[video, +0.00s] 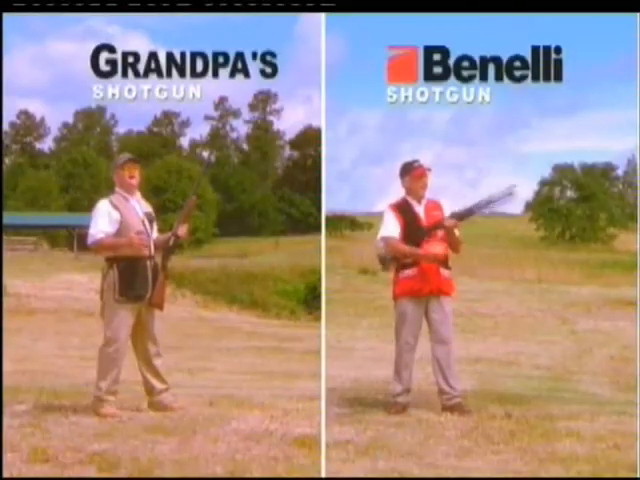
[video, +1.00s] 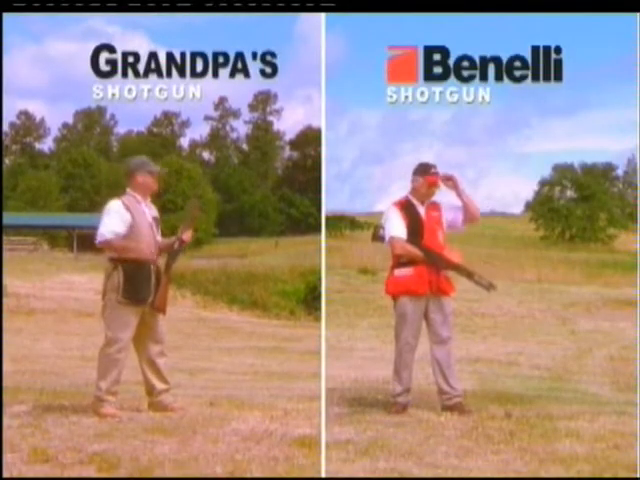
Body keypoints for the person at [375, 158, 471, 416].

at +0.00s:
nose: (423, 183)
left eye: (425, 178)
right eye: (417, 178)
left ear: (428, 180)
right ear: (405, 182)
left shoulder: (437, 208)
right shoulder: (395, 211)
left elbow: (456, 248)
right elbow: (389, 245)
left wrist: (451, 231)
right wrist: (425, 254)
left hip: (438, 277)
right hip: (409, 279)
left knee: (443, 339)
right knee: (406, 341)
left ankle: (451, 396)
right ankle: (400, 395)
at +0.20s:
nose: (425, 186)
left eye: (427, 181)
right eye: (420, 181)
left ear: (429, 181)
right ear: (407, 182)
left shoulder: (439, 208)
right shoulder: (395, 211)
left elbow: (451, 240)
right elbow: (399, 247)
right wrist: (438, 257)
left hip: (436, 278)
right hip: (409, 280)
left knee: (443, 340)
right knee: (406, 342)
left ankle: (451, 396)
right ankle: (400, 395)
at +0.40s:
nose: (426, 186)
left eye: (429, 181)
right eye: (421, 182)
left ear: (432, 182)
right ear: (408, 182)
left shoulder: (440, 208)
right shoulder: (396, 211)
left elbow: (456, 247)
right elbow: (400, 247)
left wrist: (441, 254)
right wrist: (435, 254)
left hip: (436, 278)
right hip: (409, 280)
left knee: (443, 340)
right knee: (406, 342)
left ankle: (451, 397)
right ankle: (400, 395)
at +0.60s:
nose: (428, 186)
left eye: (431, 182)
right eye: (423, 181)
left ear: (433, 182)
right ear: (410, 181)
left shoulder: (438, 209)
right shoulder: (396, 211)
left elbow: (459, 239)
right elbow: (399, 249)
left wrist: (451, 250)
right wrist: (434, 256)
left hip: (437, 280)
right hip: (409, 281)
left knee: (443, 341)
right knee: (406, 343)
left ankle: (451, 397)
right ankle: (401, 396)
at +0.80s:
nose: (431, 190)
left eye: (434, 185)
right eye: (427, 184)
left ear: (436, 185)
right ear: (414, 182)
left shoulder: (438, 209)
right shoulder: (397, 210)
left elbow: (470, 228)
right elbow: (399, 249)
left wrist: (458, 201)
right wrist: (435, 260)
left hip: (436, 282)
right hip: (409, 283)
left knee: (442, 341)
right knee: (406, 343)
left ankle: (451, 397)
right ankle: (400, 397)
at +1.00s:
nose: (433, 190)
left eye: (436, 185)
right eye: (430, 184)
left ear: (437, 185)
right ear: (416, 182)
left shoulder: (439, 210)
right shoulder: (397, 210)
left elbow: (473, 217)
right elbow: (398, 248)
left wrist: (458, 190)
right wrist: (435, 258)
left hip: (437, 282)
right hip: (409, 282)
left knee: (443, 340)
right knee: (406, 343)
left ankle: (451, 397)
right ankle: (401, 397)